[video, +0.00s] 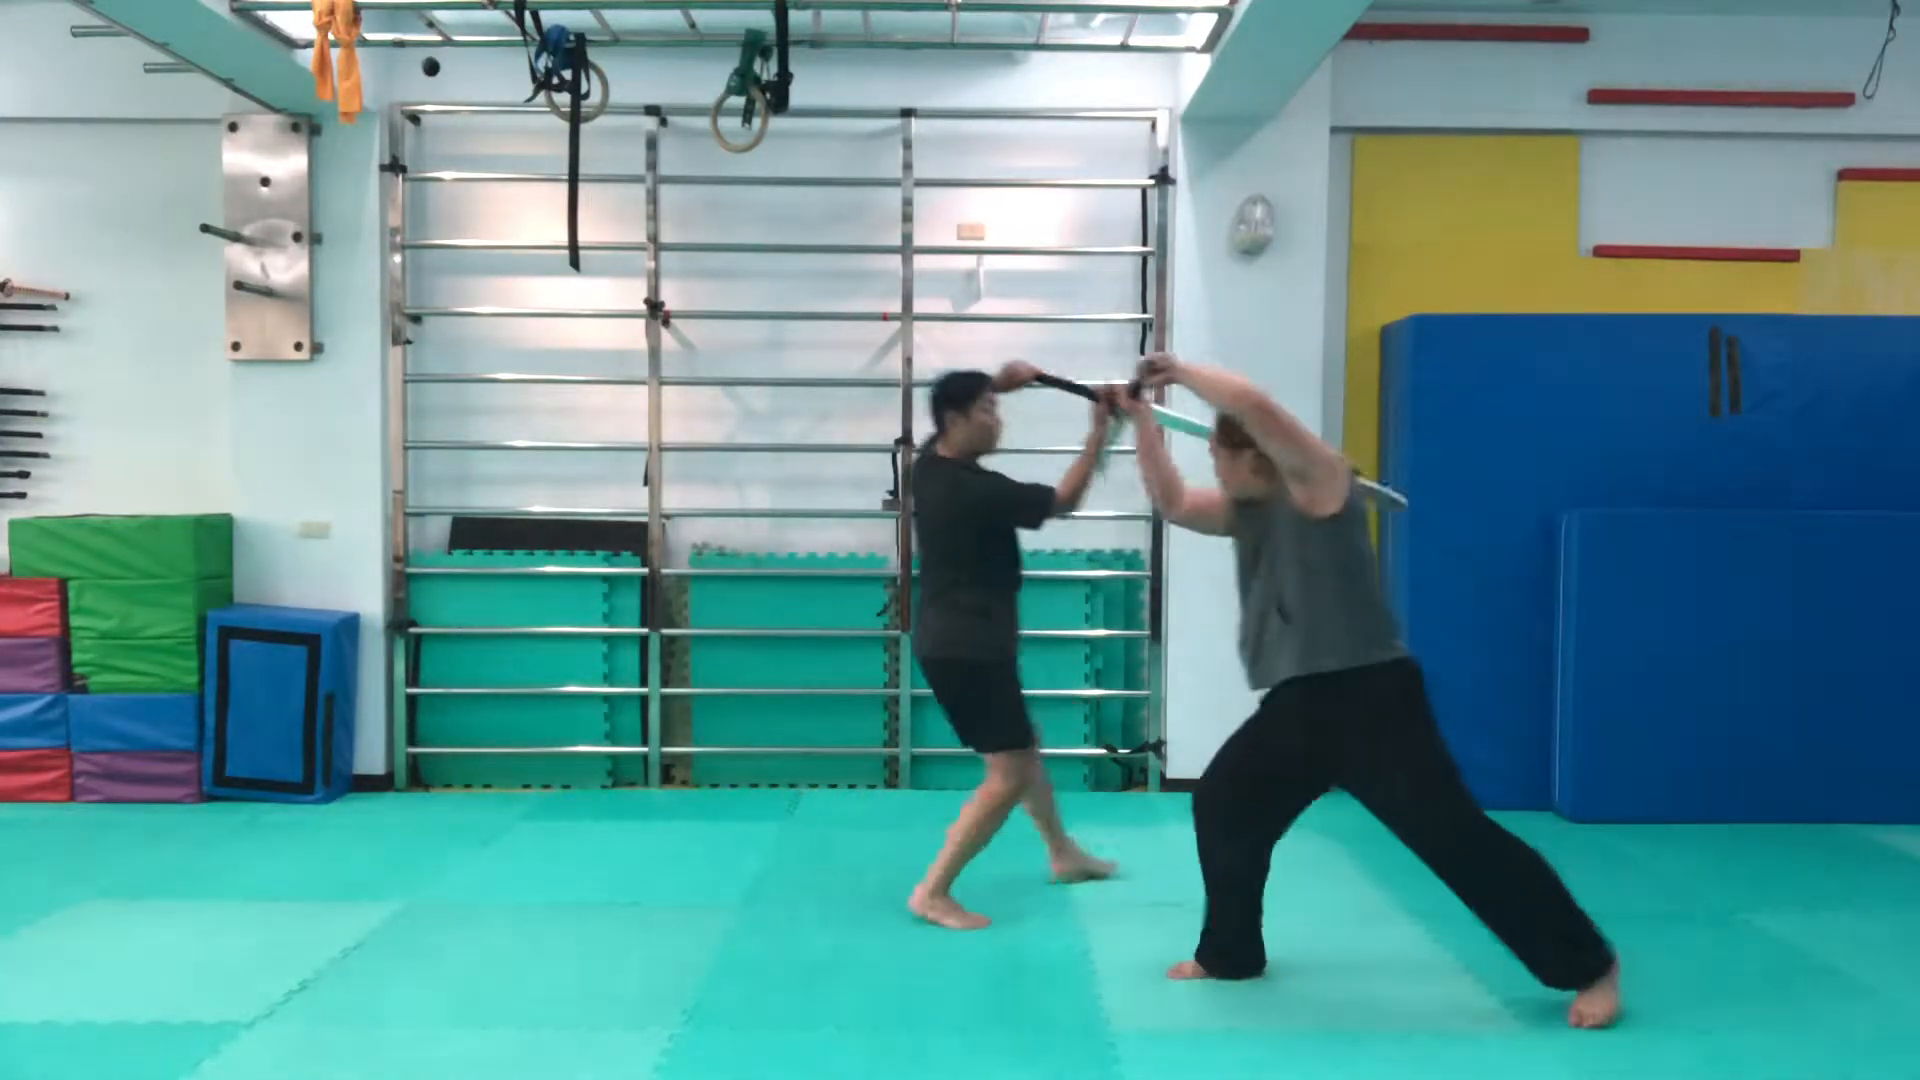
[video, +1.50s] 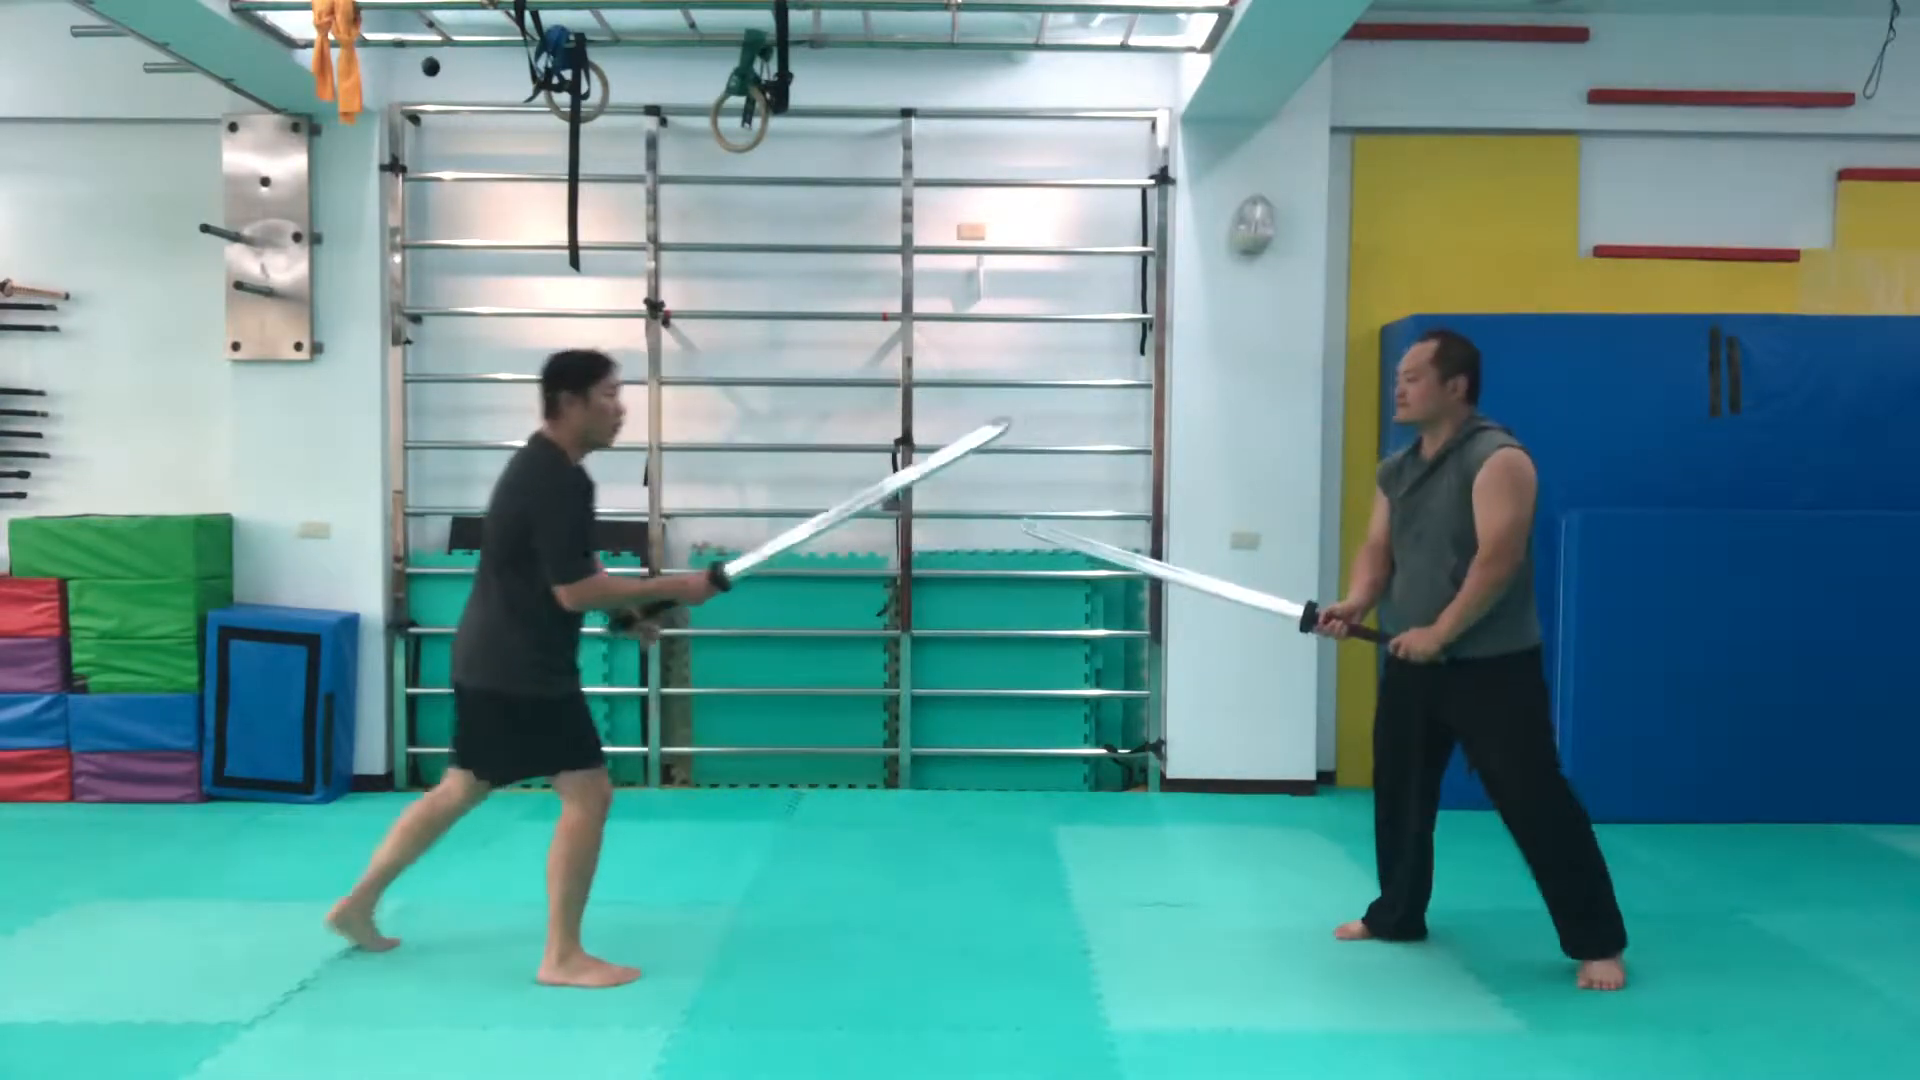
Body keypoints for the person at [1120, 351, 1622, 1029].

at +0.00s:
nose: (1219, 465)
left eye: (1228, 453)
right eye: (1218, 454)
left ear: (1262, 452)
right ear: (1228, 457)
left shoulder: (1320, 486)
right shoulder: (1246, 510)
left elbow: (1249, 403)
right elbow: (1174, 500)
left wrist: (1179, 370)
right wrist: (1141, 417)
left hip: (1372, 698)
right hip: (1300, 705)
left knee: (1453, 835)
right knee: (1224, 802)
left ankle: (1591, 966)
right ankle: (1230, 956)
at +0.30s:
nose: (1226, 443)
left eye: (1235, 431)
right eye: (1225, 433)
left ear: (1269, 427)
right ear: (1235, 438)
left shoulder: (1330, 476)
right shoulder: (1238, 496)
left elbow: (1248, 416)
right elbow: (1159, 492)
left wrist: (1162, 378)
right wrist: (1103, 421)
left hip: (1367, 686)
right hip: (1287, 699)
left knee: (1442, 825)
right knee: (1220, 802)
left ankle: (1564, 958)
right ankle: (1225, 956)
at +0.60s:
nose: (1375, 390)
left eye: (1391, 380)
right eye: (1379, 378)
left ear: (1432, 395)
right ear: (1397, 393)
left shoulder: (1473, 480)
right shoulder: (1363, 484)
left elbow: (1418, 562)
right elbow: (1327, 565)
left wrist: (1329, 576)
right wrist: (1256, 604)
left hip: (1449, 693)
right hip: (1363, 691)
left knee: (1494, 838)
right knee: (1300, 816)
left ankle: (1572, 990)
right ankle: (1237, 945)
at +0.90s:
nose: (1458, 368)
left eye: (1473, 359)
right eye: (1461, 357)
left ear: (1519, 375)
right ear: (1483, 373)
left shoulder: (1561, 464)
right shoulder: (1430, 461)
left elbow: (1556, 563)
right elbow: (1408, 549)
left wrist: (1463, 613)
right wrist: (1393, 631)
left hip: (1513, 685)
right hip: (1428, 677)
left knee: (1528, 834)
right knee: (1371, 781)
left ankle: (1572, 994)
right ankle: (1390, 916)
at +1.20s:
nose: (1428, 379)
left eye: (1444, 371)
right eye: (1429, 369)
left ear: (1487, 385)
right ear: (1437, 384)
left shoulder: (1526, 467)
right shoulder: (1411, 472)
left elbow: (1523, 569)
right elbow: (1386, 553)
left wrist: (1447, 633)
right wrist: (1360, 612)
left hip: (1499, 683)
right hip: (1419, 679)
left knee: (1524, 834)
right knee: (1400, 800)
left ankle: (1572, 992)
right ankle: (1395, 915)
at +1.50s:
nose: (1399, 388)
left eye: (1412, 379)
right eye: (1399, 379)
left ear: (1457, 388)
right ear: (1415, 390)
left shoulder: (1500, 462)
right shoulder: (1396, 471)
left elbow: (1500, 561)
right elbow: (1377, 552)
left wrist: (1437, 631)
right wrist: (1355, 605)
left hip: (1493, 665)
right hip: (1413, 664)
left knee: (1535, 801)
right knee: (1400, 792)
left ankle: (1599, 945)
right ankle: (1398, 916)